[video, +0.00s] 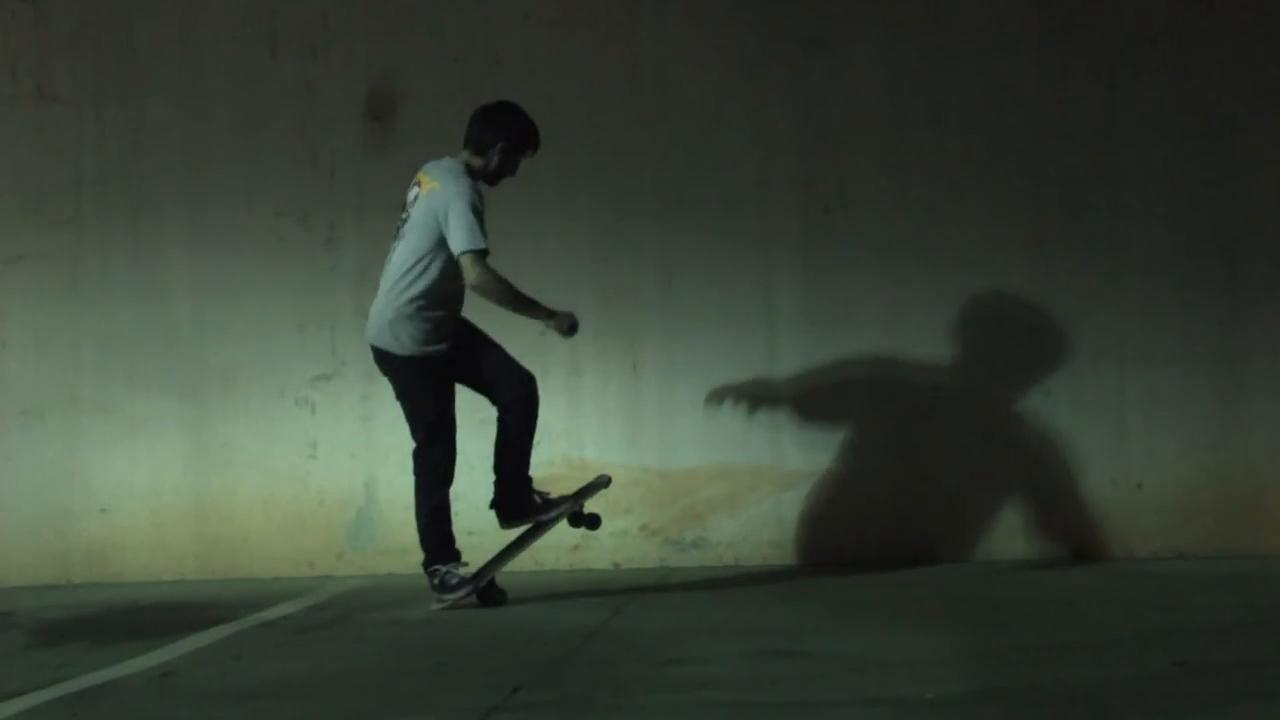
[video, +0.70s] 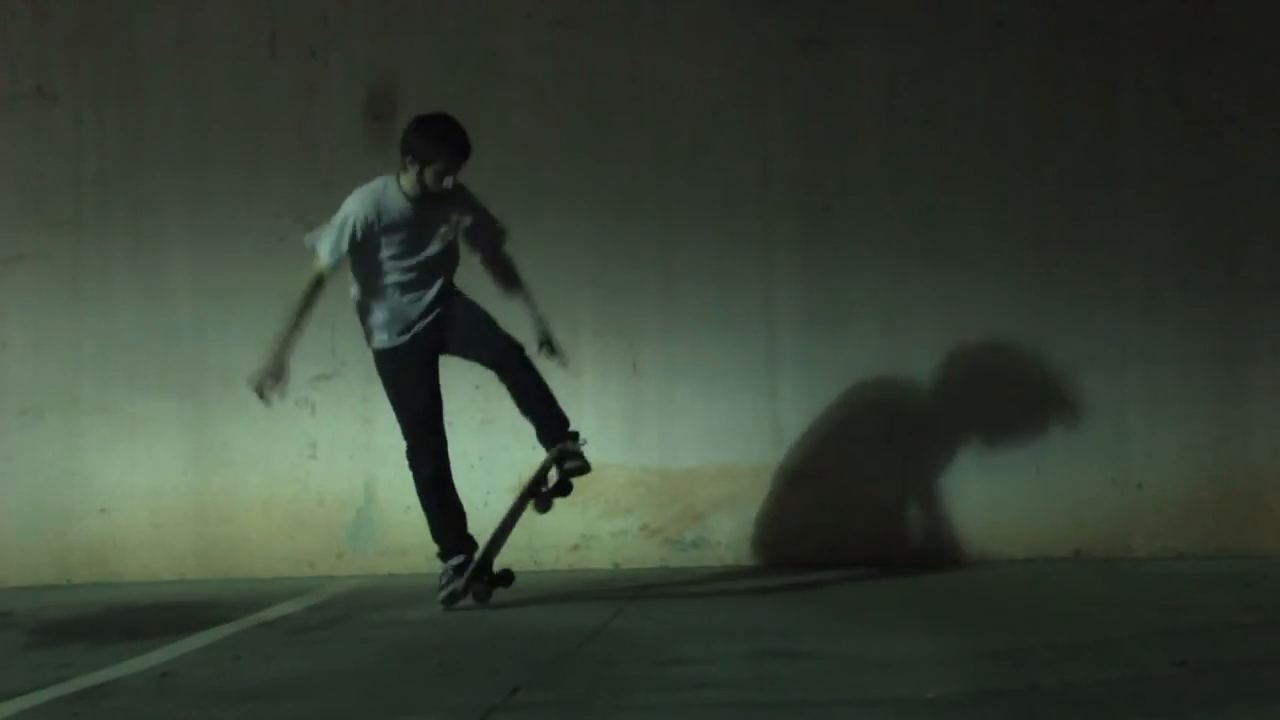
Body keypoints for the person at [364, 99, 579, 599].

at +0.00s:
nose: (515, 171)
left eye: (519, 161)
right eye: (515, 159)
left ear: (481, 145)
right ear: (495, 150)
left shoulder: (441, 172)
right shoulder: (458, 189)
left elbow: (408, 216)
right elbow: (477, 274)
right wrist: (547, 315)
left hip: (439, 327)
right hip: (407, 337)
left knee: (518, 391)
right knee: (435, 451)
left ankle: (513, 500)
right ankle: (441, 567)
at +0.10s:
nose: (515, 169)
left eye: (520, 159)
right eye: (515, 157)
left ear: (482, 146)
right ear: (492, 149)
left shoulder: (449, 174)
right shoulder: (448, 187)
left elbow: (445, 221)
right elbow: (448, 277)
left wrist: (482, 245)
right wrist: (512, 333)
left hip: (442, 330)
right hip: (405, 337)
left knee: (517, 387)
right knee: (435, 450)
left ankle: (513, 496)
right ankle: (441, 566)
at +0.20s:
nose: (511, 168)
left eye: (515, 158)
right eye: (510, 156)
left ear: (480, 146)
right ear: (484, 146)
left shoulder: (454, 183)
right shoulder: (438, 185)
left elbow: (467, 218)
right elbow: (410, 268)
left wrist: (526, 231)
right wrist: (442, 344)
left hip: (441, 321)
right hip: (403, 332)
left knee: (521, 374)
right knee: (438, 447)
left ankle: (500, 482)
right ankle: (442, 566)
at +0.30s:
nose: (497, 163)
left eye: (501, 152)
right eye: (493, 151)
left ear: (470, 147)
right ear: (464, 143)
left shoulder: (464, 188)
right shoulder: (415, 191)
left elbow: (510, 207)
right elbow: (370, 261)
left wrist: (579, 220)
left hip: (445, 327)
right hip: (404, 338)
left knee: (521, 384)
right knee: (439, 451)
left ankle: (512, 485)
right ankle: (441, 566)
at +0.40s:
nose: (479, 158)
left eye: (481, 149)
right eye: (473, 148)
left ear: (461, 144)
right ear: (443, 141)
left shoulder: (466, 179)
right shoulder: (394, 187)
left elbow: (530, 186)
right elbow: (333, 244)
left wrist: (603, 195)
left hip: (445, 320)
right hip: (401, 332)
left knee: (525, 383)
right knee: (435, 448)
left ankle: (566, 482)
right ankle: (441, 568)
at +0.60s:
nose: (459, 163)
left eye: (464, 155)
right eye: (453, 154)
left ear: (458, 151)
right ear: (423, 142)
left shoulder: (461, 174)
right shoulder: (371, 180)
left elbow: (525, 181)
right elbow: (295, 219)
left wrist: (585, 208)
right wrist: (232, 279)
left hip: (445, 298)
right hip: (397, 324)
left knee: (529, 343)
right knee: (426, 440)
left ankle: (568, 446)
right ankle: (446, 558)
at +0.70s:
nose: (453, 181)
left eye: (456, 171)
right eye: (445, 171)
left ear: (455, 167)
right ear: (413, 161)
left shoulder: (455, 202)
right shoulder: (366, 208)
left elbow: (496, 259)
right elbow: (316, 278)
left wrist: (540, 323)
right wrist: (278, 356)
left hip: (446, 312)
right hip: (397, 338)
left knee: (508, 355)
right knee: (427, 448)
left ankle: (562, 443)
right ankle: (457, 558)